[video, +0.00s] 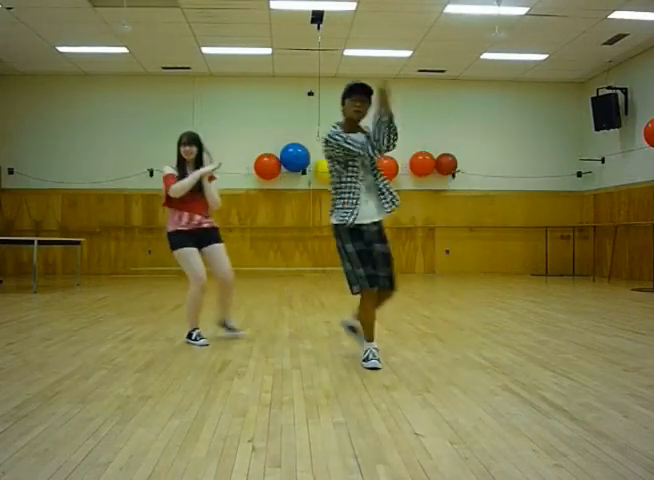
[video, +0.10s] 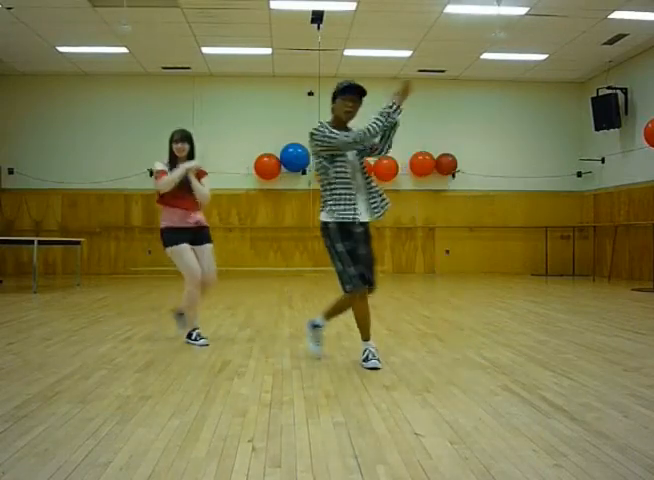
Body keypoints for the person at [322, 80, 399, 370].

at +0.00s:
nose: (359, 108)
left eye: (364, 104)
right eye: (354, 102)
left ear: (367, 109)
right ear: (343, 104)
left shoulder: (366, 136)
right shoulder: (333, 138)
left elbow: (388, 143)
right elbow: (361, 148)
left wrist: (385, 111)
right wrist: (374, 123)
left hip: (373, 219)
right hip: (348, 220)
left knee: (386, 287)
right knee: (368, 286)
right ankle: (369, 346)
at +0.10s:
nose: (351, 109)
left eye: (356, 105)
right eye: (347, 103)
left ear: (358, 108)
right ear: (333, 102)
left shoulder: (354, 138)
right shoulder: (320, 134)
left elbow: (380, 148)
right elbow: (358, 137)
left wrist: (394, 113)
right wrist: (394, 104)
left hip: (359, 219)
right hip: (335, 220)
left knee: (364, 285)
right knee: (356, 287)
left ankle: (318, 322)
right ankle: (368, 347)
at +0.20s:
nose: (341, 110)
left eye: (346, 107)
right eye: (337, 104)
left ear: (349, 109)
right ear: (324, 102)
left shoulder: (344, 138)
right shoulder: (306, 129)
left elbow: (362, 162)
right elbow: (342, 135)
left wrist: (376, 136)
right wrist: (382, 118)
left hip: (343, 217)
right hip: (318, 217)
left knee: (335, 286)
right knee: (341, 284)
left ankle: (293, 332)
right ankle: (364, 344)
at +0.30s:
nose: (334, 110)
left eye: (338, 105)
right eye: (329, 104)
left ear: (340, 108)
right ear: (316, 105)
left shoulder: (338, 138)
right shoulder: (295, 128)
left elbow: (338, 173)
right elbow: (318, 134)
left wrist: (351, 145)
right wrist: (353, 130)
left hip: (327, 217)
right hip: (301, 214)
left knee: (316, 284)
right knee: (315, 280)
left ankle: (283, 336)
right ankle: (340, 338)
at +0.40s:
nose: (321, 111)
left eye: (325, 106)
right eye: (316, 105)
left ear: (329, 108)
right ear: (303, 106)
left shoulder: (330, 141)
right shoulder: (284, 129)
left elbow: (321, 178)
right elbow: (293, 139)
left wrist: (328, 147)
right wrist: (332, 134)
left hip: (315, 217)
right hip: (289, 212)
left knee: (308, 284)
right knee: (294, 278)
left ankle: (284, 334)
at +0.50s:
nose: (311, 106)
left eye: (314, 101)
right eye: (305, 101)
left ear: (318, 105)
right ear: (293, 105)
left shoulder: (324, 141)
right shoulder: (275, 133)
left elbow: (315, 176)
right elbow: (258, 162)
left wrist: (299, 148)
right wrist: (286, 139)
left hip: (305, 220)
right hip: (276, 214)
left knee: (300, 287)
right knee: (267, 282)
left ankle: (279, 338)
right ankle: (241, 340)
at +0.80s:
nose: (285, 110)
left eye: (289, 105)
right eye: (278, 106)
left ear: (295, 110)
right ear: (268, 113)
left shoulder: (303, 145)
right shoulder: (256, 149)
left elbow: (329, 181)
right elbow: (257, 188)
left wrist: (314, 151)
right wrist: (289, 161)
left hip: (294, 235)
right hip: (262, 234)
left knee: (322, 291)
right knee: (239, 294)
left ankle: (322, 335)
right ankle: (218, 348)